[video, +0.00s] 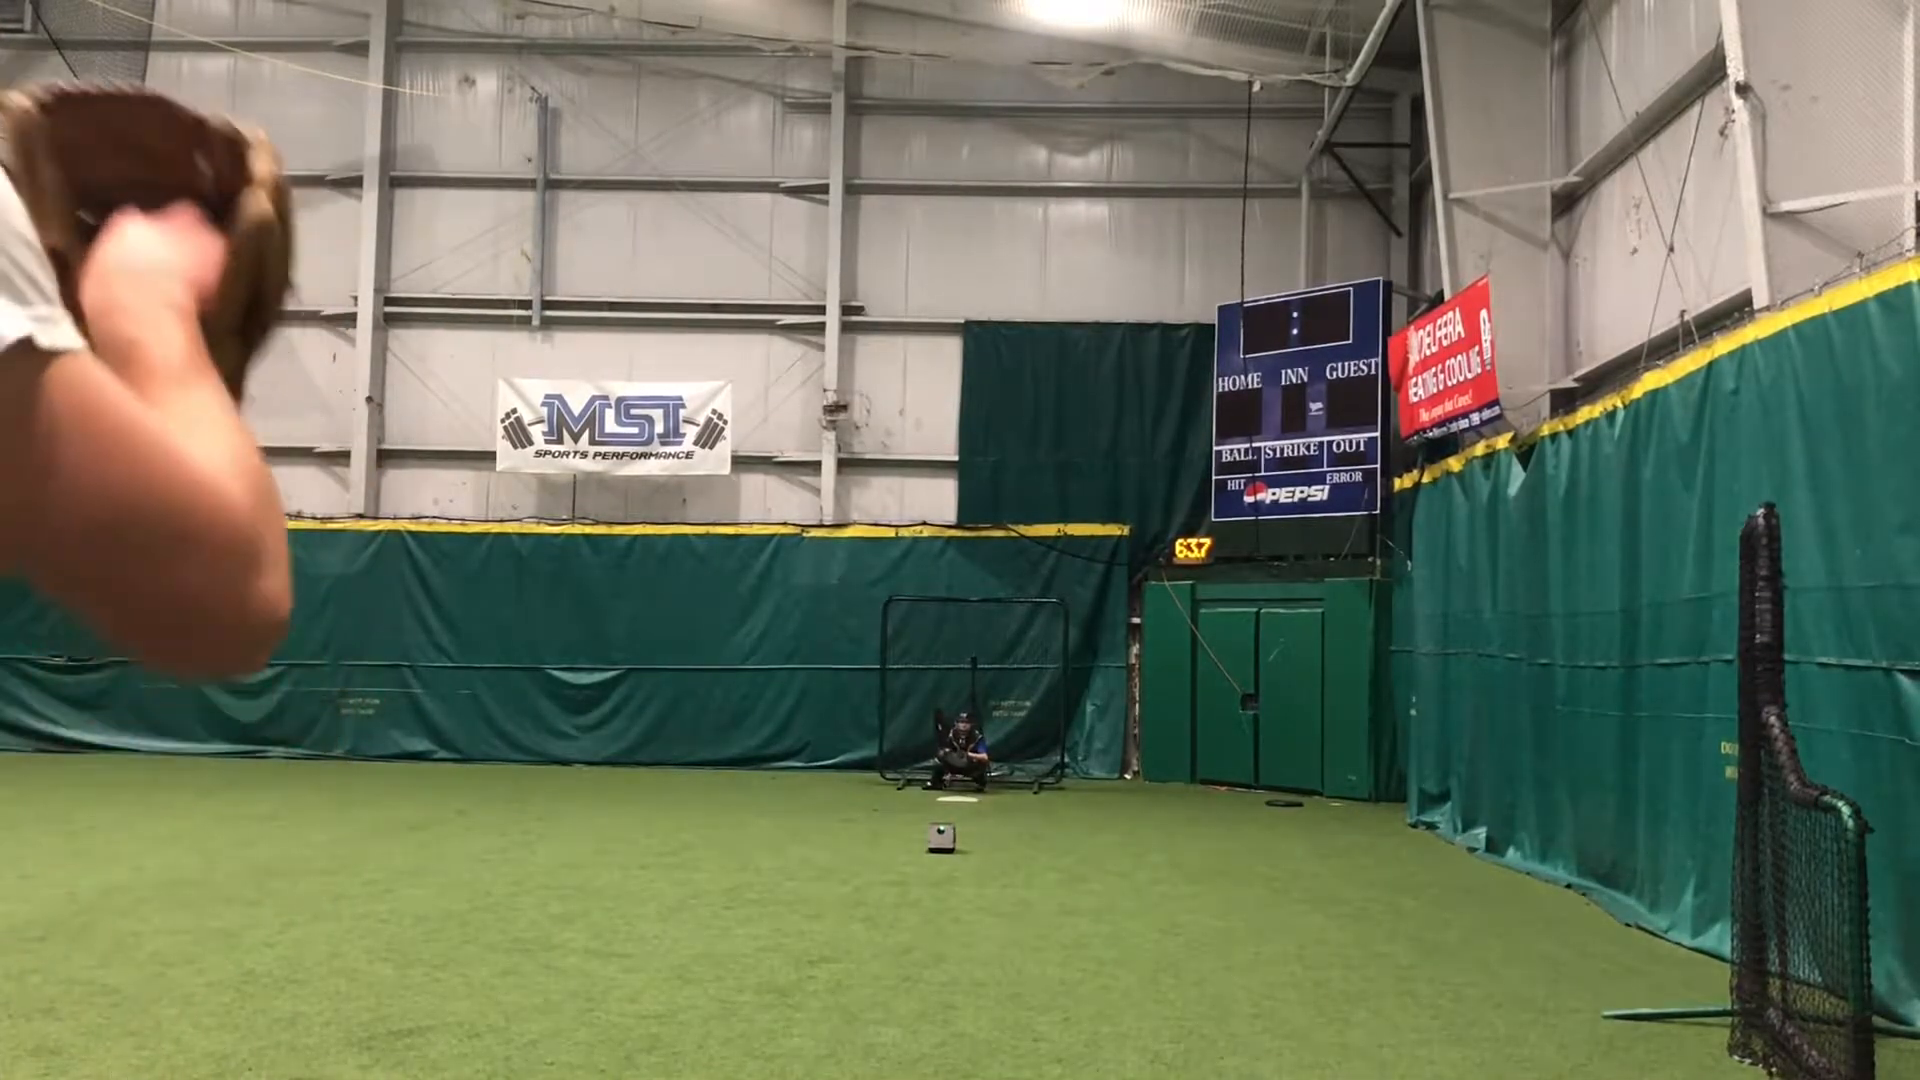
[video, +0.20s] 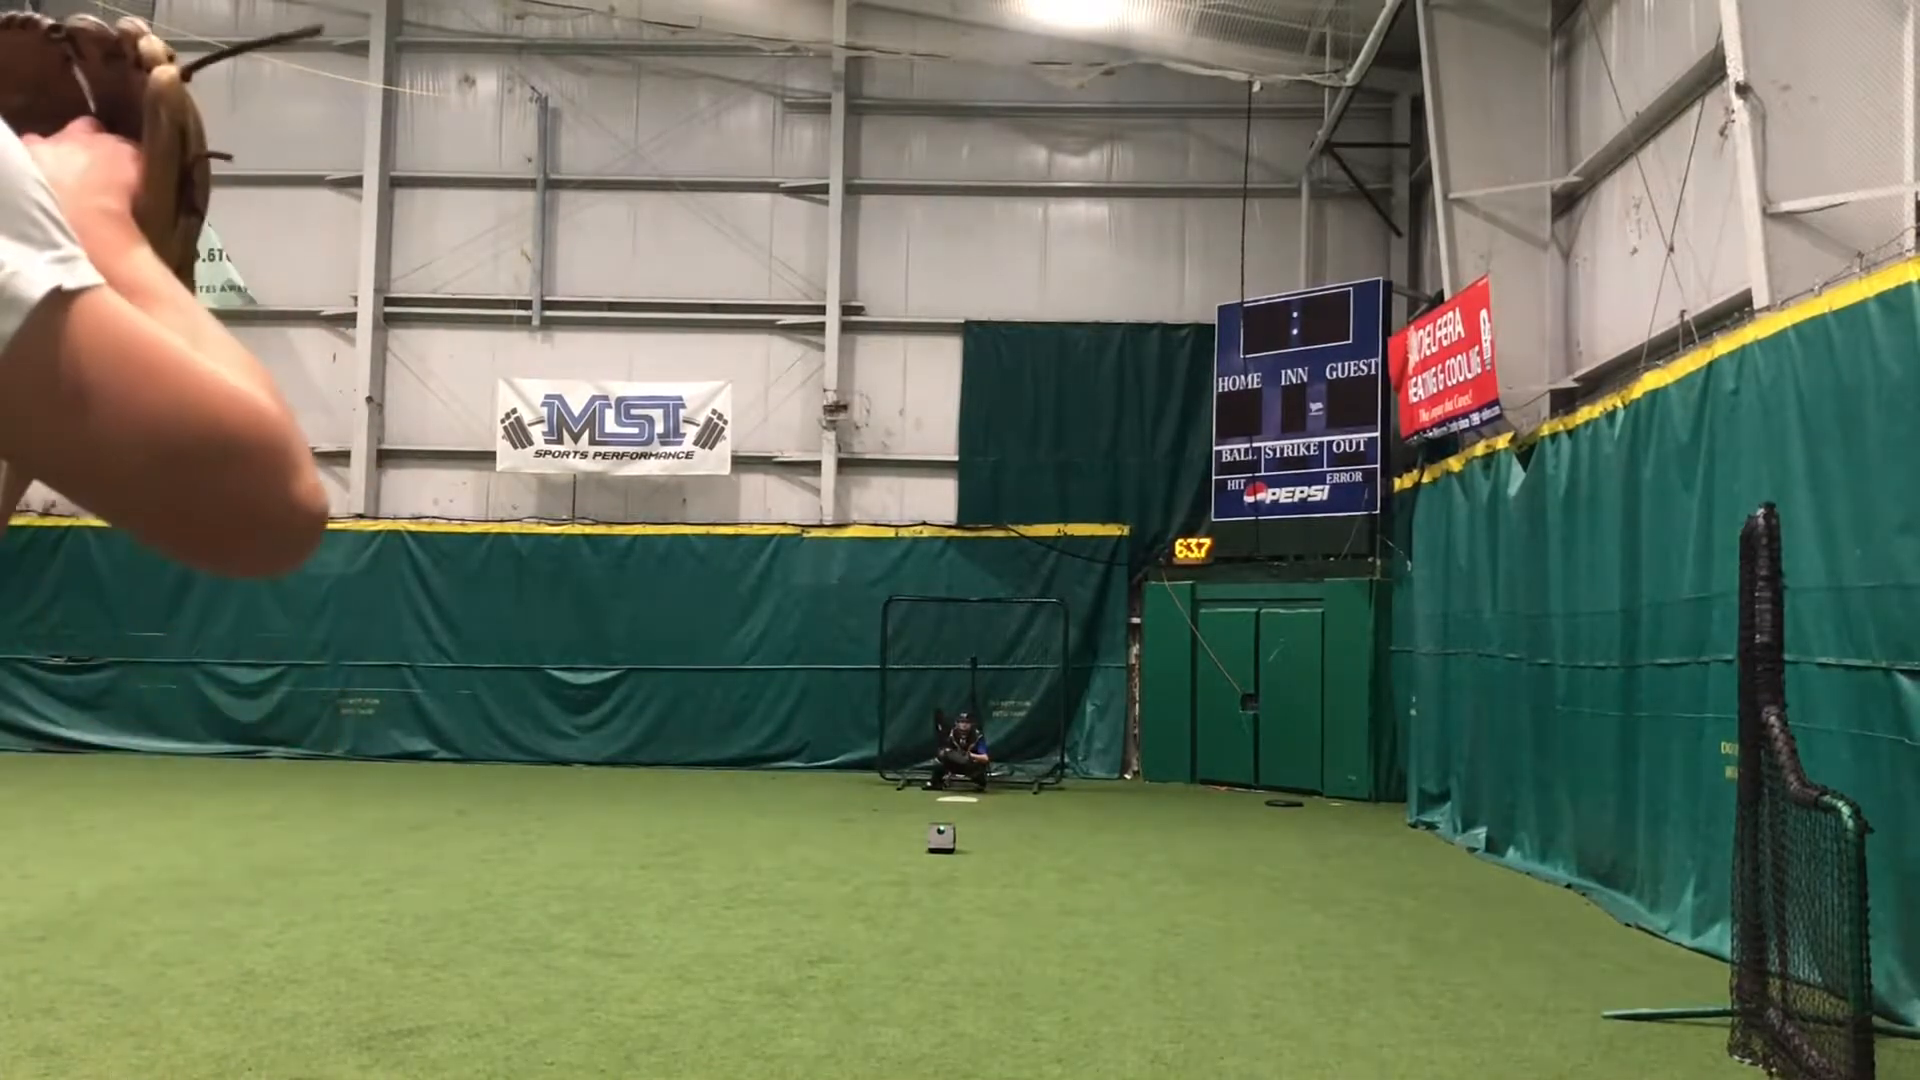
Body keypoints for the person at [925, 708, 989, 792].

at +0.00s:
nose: (964, 725)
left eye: (967, 723)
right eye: (961, 722)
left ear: (971, 725)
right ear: (956, 724)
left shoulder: (977, 737)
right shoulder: (950, 735)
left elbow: (984, 757)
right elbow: (942, 750)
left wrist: (968, 754)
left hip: (971, 763)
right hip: (953, 762)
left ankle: (981, 785)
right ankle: (936, 782)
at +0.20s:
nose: (964, 725)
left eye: (967, 722)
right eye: (961, 722)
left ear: (972, 724)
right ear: (956, 724)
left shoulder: (977, 737)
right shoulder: (950, 734)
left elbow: (985, 758)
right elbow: (942, 752)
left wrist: (971, 755)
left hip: (971, 764)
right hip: (953, 762)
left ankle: (981, 784)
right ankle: (936, 782)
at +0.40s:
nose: (964, 726)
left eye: (967, 723)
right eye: (961, 722)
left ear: (971, 725)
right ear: (957, 724)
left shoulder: (977, 738)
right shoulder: (950, 735)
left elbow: (985, 758)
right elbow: (942, 752)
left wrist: (971, 756)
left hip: (971, 764)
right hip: (954, 762)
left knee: (979, 774)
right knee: (940, 763)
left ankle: (981, 784)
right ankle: (936, 782)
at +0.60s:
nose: (964, 726)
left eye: (967, 723)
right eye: (961, 723)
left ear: (971, 725)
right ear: (956, 724)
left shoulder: (977, 738)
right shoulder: (950, 735)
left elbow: (984, 759)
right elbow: (941, 752)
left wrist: (970, 756)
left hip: (970, 763)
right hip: (953, 761)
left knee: (978, 773)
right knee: (940, 762)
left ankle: (981, 784)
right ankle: (936, 782)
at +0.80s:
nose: (964, 727)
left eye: (967, 723)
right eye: (961, 723)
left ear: (971, 725)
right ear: (956, 725)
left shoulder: (977, 738)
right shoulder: (950, 736)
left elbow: (984, 760)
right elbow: (941, 752)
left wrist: (970, 757)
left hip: (971, 764)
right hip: (953, 763)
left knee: (979, 773)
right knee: (939, 763)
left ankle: (981, 785)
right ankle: (936, 783)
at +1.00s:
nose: (963, 727)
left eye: (966, 724)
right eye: (960, 724)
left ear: (970, 726)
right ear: (956, 725)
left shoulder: (977, 738)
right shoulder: (951, 735)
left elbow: (984, 759)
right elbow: (943, 751)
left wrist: (969, 757)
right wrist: (952, 756)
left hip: (970, 763)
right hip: (954, 762)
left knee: (979, 773)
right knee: (939, 764)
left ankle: (981, 784)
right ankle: (936, 783)